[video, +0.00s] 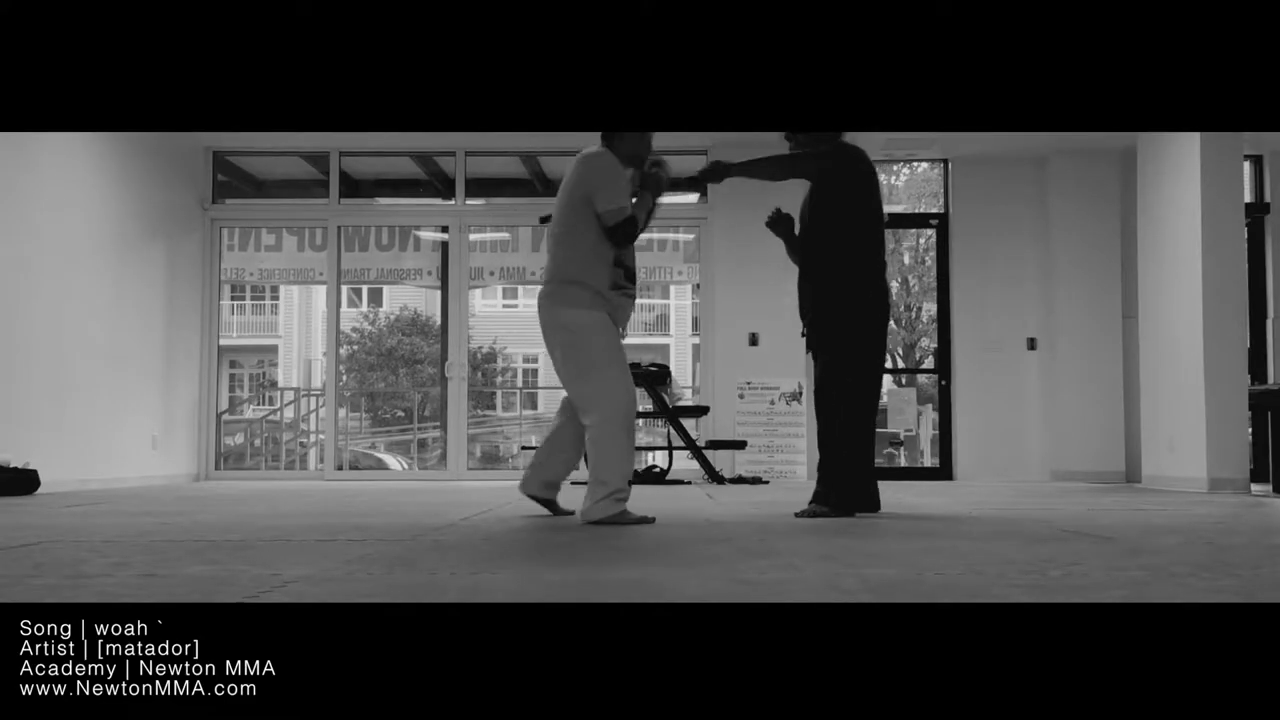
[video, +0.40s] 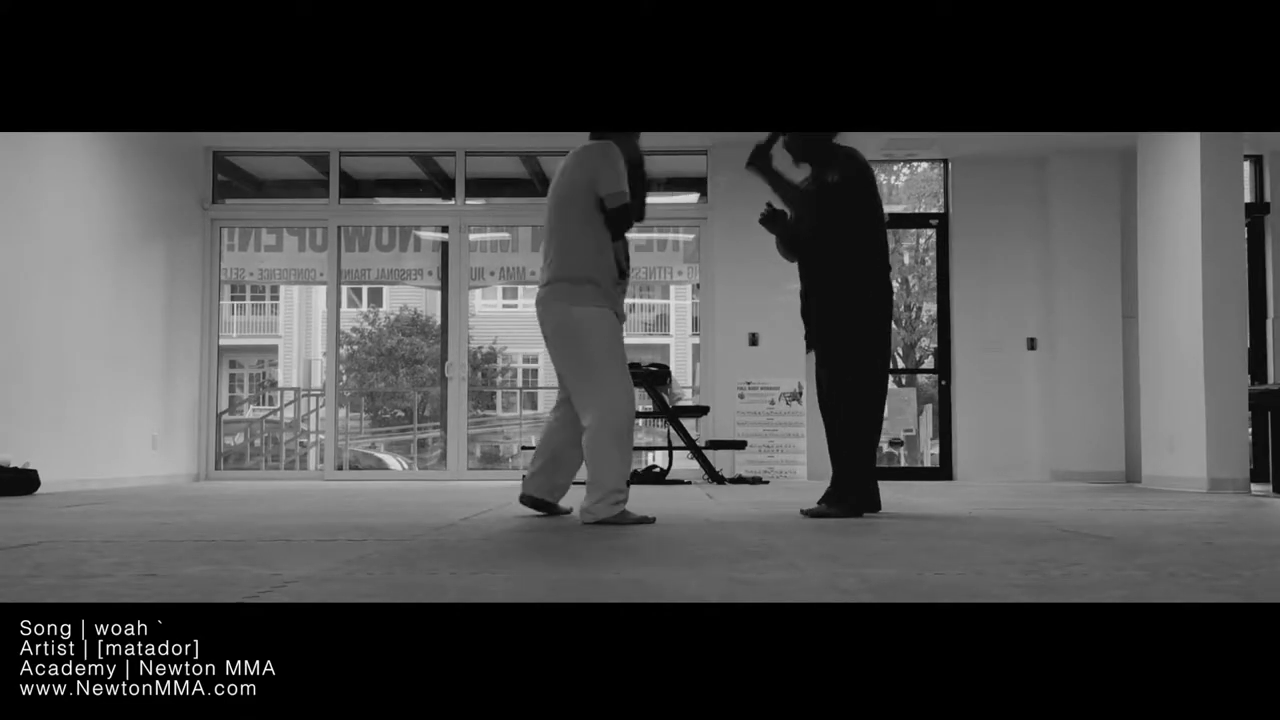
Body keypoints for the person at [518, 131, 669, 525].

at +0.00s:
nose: (649, 147)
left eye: (648, 139)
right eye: (644, 138)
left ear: (612, 139)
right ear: (625, 138)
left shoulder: (596, 167)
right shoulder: (602, 165)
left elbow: (621, 234)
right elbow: (622, 235)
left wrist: (646, 194)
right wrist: (648, 194)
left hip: (576, 303)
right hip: (577, 304)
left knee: (589, 397)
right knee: (612, 397)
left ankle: (541, 483)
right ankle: (604, 505)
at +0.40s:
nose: (636, 144)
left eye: (636, 139)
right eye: (636, 138)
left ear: (598, 130)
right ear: (624, 134)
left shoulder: (577, 159)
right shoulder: (604, 152)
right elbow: (620, 221)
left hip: (561, 301)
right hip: (582, 302)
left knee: (578, 399)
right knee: (611, 401)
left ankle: (540, 489)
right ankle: (605, 506)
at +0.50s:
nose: (627, 143)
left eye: (626, 139)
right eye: (626, 139)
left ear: (581, 133)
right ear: (619, 135)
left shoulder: (549, 168)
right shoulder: (611, 156)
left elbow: (553, 220)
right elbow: (625, 219)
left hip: (544, 298)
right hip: (586, 298)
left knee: (564, 398)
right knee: (612, 398)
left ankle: (542, 498)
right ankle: (604, 504)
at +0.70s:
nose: (609, 146)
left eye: (609, 141)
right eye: (608, 141)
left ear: (565, 138)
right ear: (599, 139)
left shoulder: (531, 172)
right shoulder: (598, 166)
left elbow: (541, 220)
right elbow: (607, 229)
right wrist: (602, 197)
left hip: (524, 300)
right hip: (567, 298)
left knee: (544, 397)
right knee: (597, 394)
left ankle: (538, 498)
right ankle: (605, 490)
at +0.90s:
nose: (597, 144)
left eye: (597, 139)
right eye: (595, 138)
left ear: (553, 134)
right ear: (585, 134)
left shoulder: (524, 168)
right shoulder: (577, 161)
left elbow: (550, 222)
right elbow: (592, 228)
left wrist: (588, 171)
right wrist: (614, 193)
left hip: (516, 300)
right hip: (553, 300)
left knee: (538, 398)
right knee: (568, 394)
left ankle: (536, 493)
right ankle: (527, 485)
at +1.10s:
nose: (590, 158)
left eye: (589, 151)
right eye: (587, 150)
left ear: (552, 145)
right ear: (572, 148)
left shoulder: (525, 179)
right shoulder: (552, 179)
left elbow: (567, 229)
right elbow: (603, 224)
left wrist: (600, 210)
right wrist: (592, 176)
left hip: (514, 311)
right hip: (539, 312)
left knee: (532, 402)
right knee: (548, 403)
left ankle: (506, 485)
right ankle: (523, 500)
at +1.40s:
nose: (579, 190)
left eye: (580, 183)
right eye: (579, 183)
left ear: (546, 167)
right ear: (568, 175)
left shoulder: (513, 195)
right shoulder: (547, 187)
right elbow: (585, 242)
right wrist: (582, 195)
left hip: (496, 317)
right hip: (526, 316)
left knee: (514, 408)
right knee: (554, 397)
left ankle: (506, 492)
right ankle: (527, 488)